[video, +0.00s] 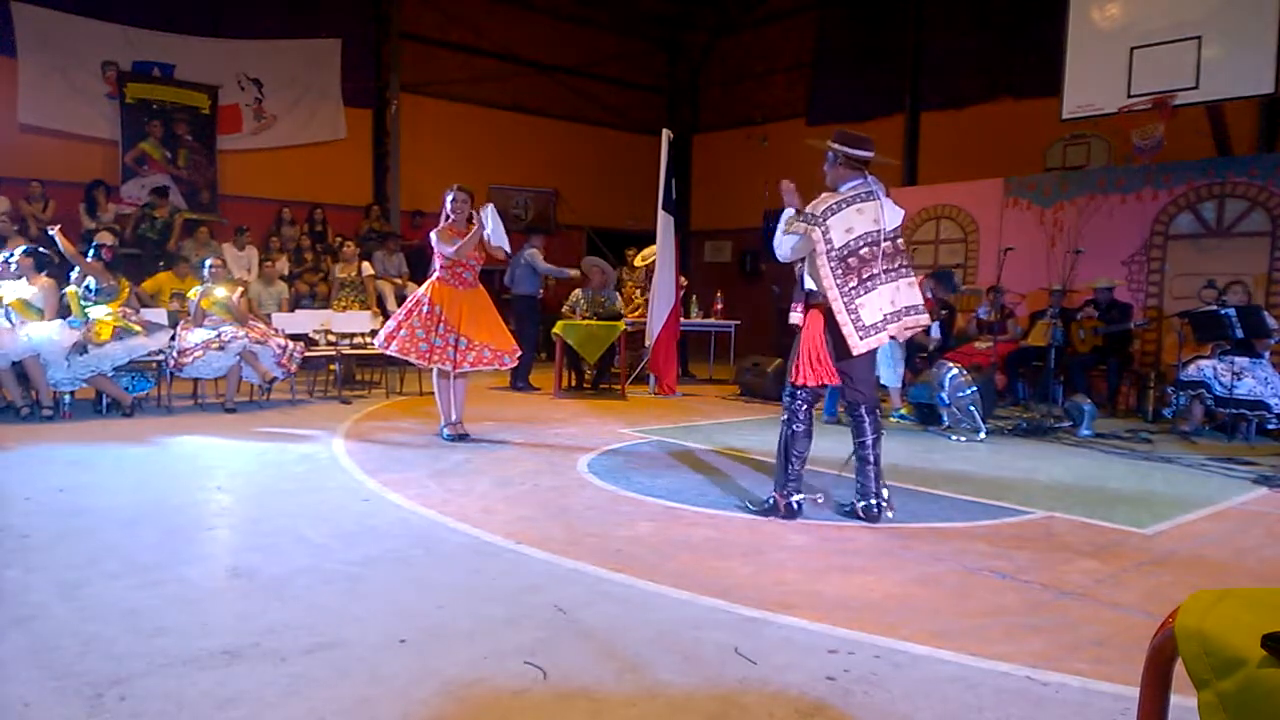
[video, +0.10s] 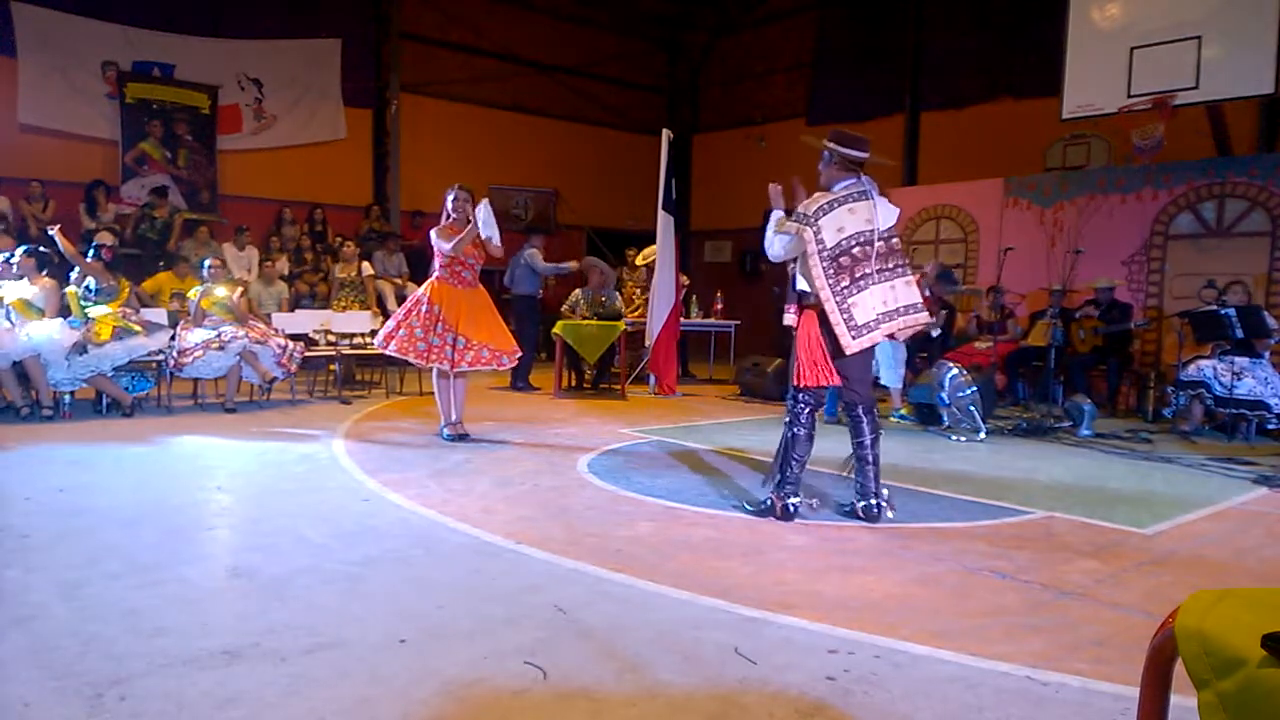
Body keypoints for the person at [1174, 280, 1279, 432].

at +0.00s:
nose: (1238, 296)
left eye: (1243, 293)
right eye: (1233, 293)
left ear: (1248, 297)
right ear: (1224, 296)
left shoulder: (1257, 315)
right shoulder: (1216, 315)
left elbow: (1265, 346)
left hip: (1253, 364)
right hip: (1222, 363)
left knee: (1248, 381)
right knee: (1199, 368)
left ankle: (1242, 426)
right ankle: (1195, 419)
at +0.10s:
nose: (1238, 296)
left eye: (1242, 293)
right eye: (1233, 292)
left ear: (1248, 297)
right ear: (1224, 296)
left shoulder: (1257, 315)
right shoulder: (1216, 315)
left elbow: (1265, 346)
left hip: (1253, 364)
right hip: (1221, 363)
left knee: (1249, 382)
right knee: (1198, 368)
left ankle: (1243, 426)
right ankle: (1195, 419)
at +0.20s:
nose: (1233, 297)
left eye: (1238, 293)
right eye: (1230, 293)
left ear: (1247, 297)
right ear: (1224, 296)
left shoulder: (1257, 315)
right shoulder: (1217, 314)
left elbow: (1264, 346)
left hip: (1253, 364)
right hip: (1222, 363)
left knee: (1248, 382)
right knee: (1198, 368)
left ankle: (1242, 426)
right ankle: (1195, 419)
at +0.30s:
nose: (1232, 297)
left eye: (1237, 293)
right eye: (1229, 293)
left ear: (1247, 297)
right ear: (1224, 296)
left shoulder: (1258, 314)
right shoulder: (1219, 315)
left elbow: (1264, 346)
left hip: (1253, 364)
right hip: (1222, 363)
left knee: (1248, 381)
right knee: (1198, 368)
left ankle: (1242, 426)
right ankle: (1195, 419)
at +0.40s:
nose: (1231, 296)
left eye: (1236, 292)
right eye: (1229, 293)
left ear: (1247, 296)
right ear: (1225, 296)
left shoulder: (1257, 314)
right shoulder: (1219, 315)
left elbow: (1264, 346)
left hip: (1253, 364)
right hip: (1222, 363)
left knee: (1248, 382)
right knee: (1198, 368)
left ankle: (1242, 426)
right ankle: (1195, 419)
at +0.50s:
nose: (1232, 296)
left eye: (1237, 292)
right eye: (1230, 293)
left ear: (1248, 296)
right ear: (1226, 296)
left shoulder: (1258, 314)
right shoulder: (1222, 315)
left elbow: (1265, 346)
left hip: (1255, 364)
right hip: (1225, 363)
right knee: (1200, 368)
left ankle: (1244, 428)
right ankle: (1197, 420)